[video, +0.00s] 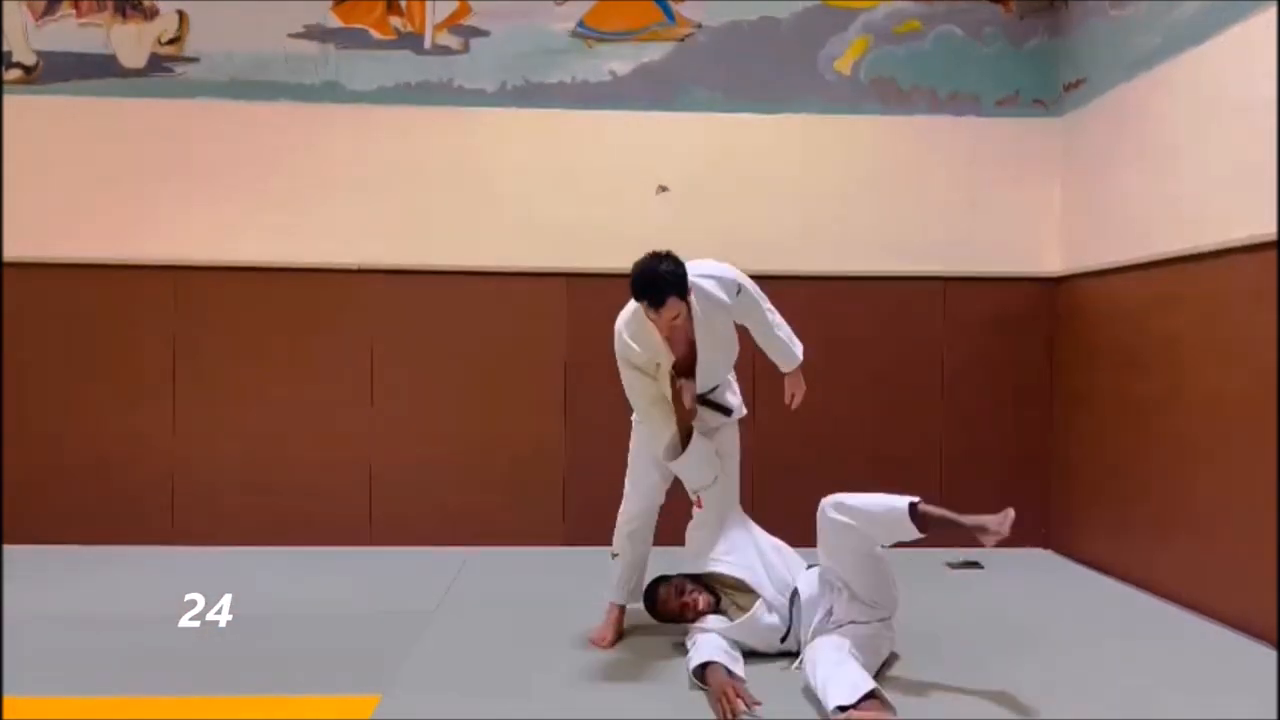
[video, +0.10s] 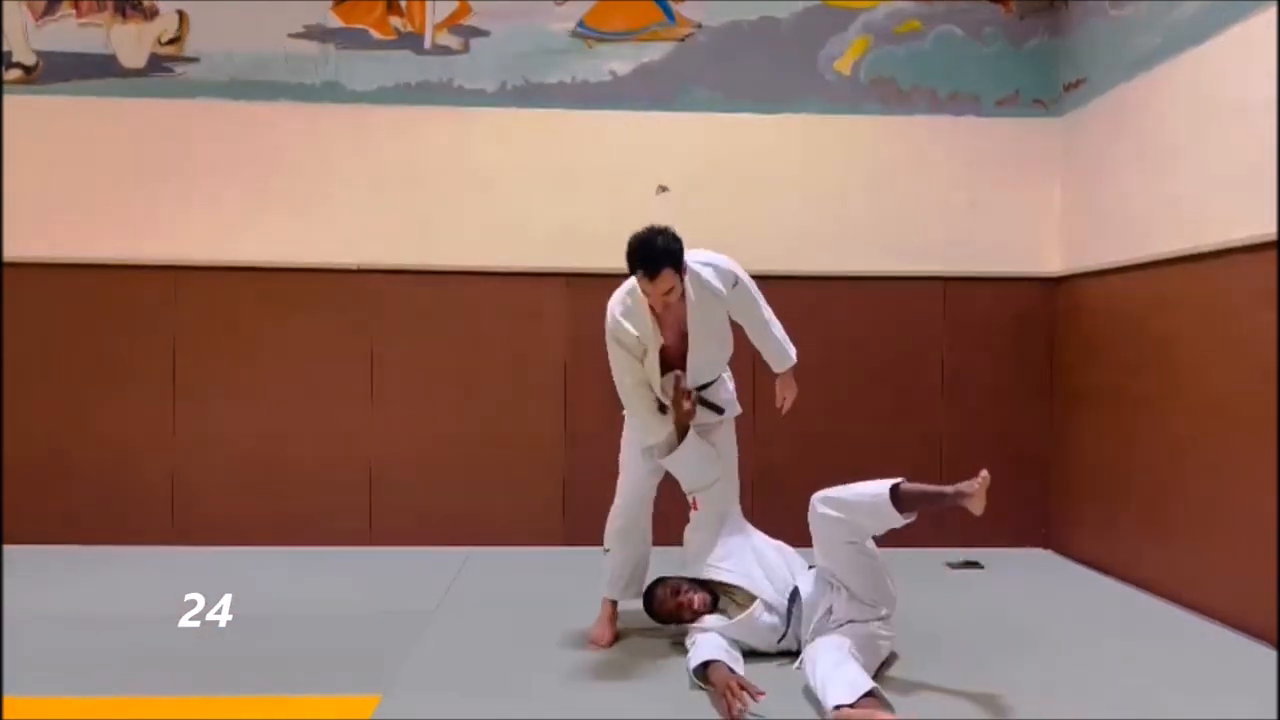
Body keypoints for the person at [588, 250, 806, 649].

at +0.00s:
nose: (669, 327)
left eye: (676, 317)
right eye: (658, 320)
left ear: (688, 293)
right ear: (643, 306)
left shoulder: (722, 286)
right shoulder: (629, 332)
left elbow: (762, 317)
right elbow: (649, 408)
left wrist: (790, 366)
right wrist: (687, 468)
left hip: (715, 410)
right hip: (657, 418)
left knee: (720, 508)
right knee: (637, 510)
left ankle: (702, 602)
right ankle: (616, 609)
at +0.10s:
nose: (660, 302)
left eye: (669, 292)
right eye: (650, 294)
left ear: (683, 270)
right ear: (636, 279)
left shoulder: (718, 276)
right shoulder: (621, 313)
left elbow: (758, 316)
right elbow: (632, 387)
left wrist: (784, 368)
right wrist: (664, 443)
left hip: (710, 399)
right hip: (648, 409)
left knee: (719, 502)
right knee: (631, 502)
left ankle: (704, 599)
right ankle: (609, 606)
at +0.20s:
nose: (646, 251)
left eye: (656, 239)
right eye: (636, 240)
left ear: (671, 231)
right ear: (623, 234)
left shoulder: (703, 265)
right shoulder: (602, 284)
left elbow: (738, 316)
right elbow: (588, 352)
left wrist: (762, 374)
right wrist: (620, 401)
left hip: (694, 403)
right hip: (631, 406)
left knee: (714, 503)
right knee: (612, 510)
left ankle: (702, 608)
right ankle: (589, 617)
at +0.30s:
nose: (629, 211)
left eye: (638, 200)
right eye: (619, 200)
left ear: (652, 200)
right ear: (604, 202)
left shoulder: (674, 255)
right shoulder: (572, 258)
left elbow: (702, 317)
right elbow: (533, 312)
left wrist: (722, 376)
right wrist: (560, 363)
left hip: (661, 400)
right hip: (600, 402)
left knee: (707, 493)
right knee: (594, 517)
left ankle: (698, 601)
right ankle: (588, 620)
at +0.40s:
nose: (618, 187)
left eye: (626, 177)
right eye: (609, 176)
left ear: (636, 181)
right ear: (588, 177)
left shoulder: (655, 241)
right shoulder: (550, 223)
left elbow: (680, 308)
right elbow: (498, 254)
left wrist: (694, 362)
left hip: (637, 385)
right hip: (578, 387)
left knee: (660, 496)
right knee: (580, 511)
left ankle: (643, 571)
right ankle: (586, 618)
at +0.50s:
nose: (614, 192)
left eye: (621, 184)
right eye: (605, 182)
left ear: (627, 187)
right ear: (579, 182)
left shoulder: (637, 248)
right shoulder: (539, 230)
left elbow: (663, 315)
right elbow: (486, 270)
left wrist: (688, 369)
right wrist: (527, 272)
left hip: (616, 384)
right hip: (563, 384)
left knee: (617, 496)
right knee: (574, 499)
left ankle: (577, 582)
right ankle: (585, 616)